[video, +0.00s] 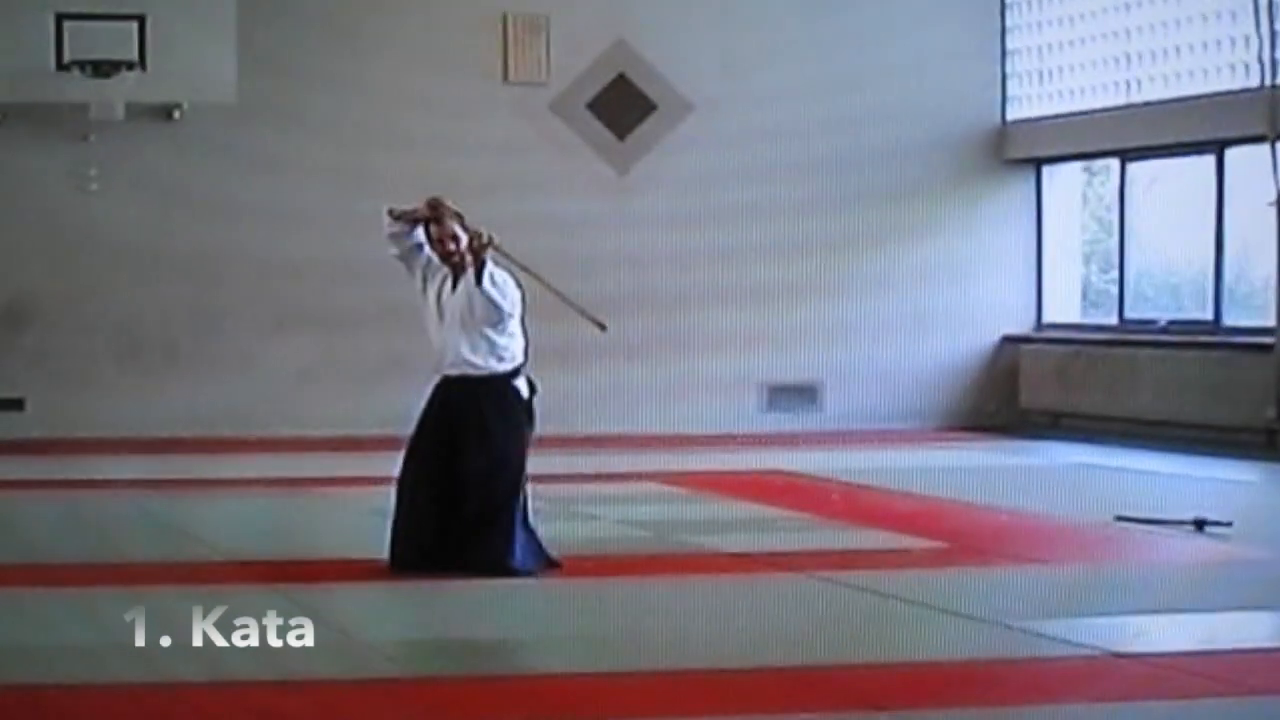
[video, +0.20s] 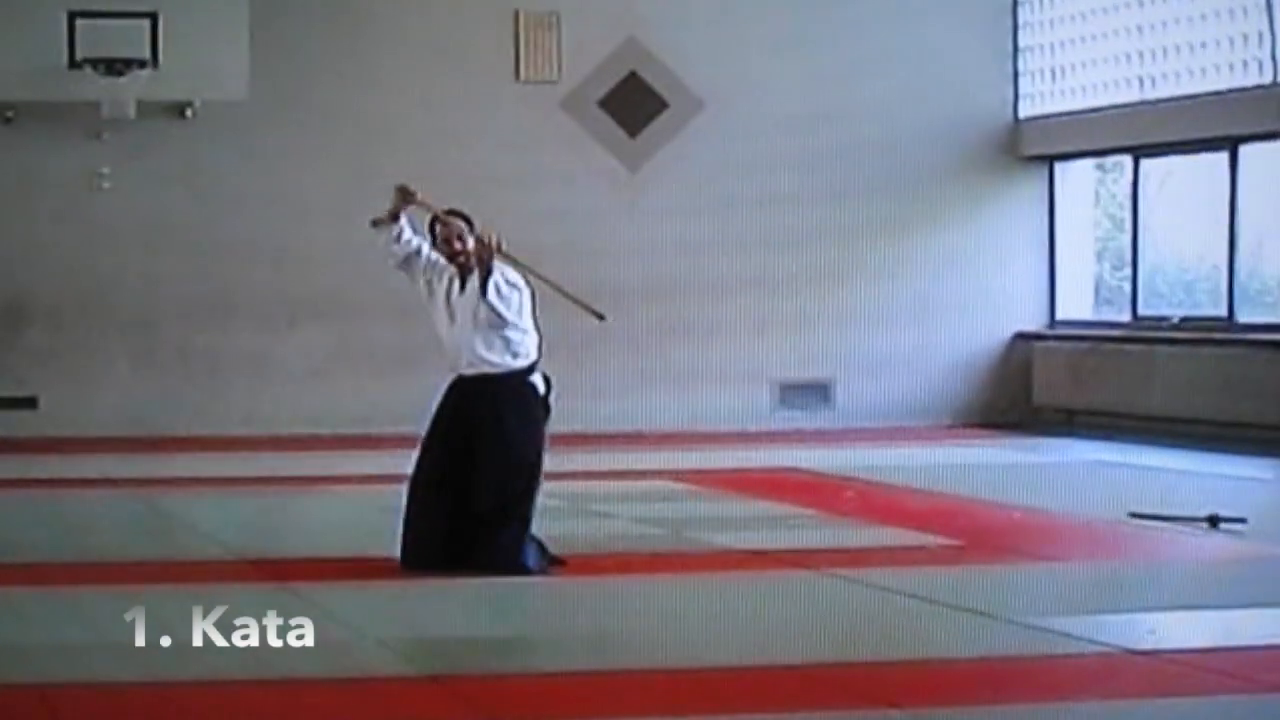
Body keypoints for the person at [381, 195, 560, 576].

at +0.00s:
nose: (447, 248)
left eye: (453, 238)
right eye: (439, 242)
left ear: (466, 237)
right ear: (431, 246)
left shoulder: (495, 278)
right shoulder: (434, 277)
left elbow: (501, 310)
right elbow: (404, 244)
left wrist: (480, 267)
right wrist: (413, 220)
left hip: (497, 387)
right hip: (452, 384)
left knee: (491, 475)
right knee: (424, 470)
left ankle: (494, 556)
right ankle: (424, 554)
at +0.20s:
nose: (453, 247)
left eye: (459, 238)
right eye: (445, 241)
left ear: (473, 239)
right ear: (437, 249)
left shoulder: (504, 278)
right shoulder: (438, 277)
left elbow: (506, 314)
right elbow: (408, 251)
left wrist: (488, 270)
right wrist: (397, 217)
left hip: (512, 389)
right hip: (466, 389)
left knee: (502, 482)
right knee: (435, 478)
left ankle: (505, 558)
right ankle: (430, 560)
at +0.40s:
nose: (474, 243)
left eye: (479, 233)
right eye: (464, 238)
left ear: (494, 234)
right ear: (456, 246)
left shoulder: (523, 279)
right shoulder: (453, 287)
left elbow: (537, 339)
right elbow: (411, 281)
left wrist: (510, 297)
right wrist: (375, 255)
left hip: (531, 388)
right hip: (482, 387)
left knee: (538, 470)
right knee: (451, 466)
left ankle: (545, 551)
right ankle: (442, 551)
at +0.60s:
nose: (509, 245)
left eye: (515, 236)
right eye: (499, 239)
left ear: (528, 238)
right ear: (490, 246)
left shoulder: (556, 289)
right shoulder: (481, 290)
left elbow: (572, 351)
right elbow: (457, 335)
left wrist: (545, 338)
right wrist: (410, 330)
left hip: (553, 395)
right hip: (503, 393)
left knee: (574, 476)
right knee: (471, 470)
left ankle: (602, 551)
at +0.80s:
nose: (555, 246)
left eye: (561, 238)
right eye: (546, 239)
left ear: (574, 241)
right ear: (536, 245)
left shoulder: (600, 288)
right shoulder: (530, 288)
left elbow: (617, 353)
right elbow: (520, 349)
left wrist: (585, 369)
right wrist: (493, 383)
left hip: (600, 399)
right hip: (547, 395)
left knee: (610, 479)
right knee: (509, 472)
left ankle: (617, 557)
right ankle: (478, 559)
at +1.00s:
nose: (592, 235)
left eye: (599, 227)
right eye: (584, 228)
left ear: (611, 230)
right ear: (572, 233)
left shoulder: (633, 279)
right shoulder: (555, 279)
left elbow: (647, 338)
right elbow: (538, 335)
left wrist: (616, 368)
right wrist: (561, 373)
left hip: (621, 385)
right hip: (573, 384)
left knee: (623, 471)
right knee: (558, 468)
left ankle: (626, 557)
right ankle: (541, 551)